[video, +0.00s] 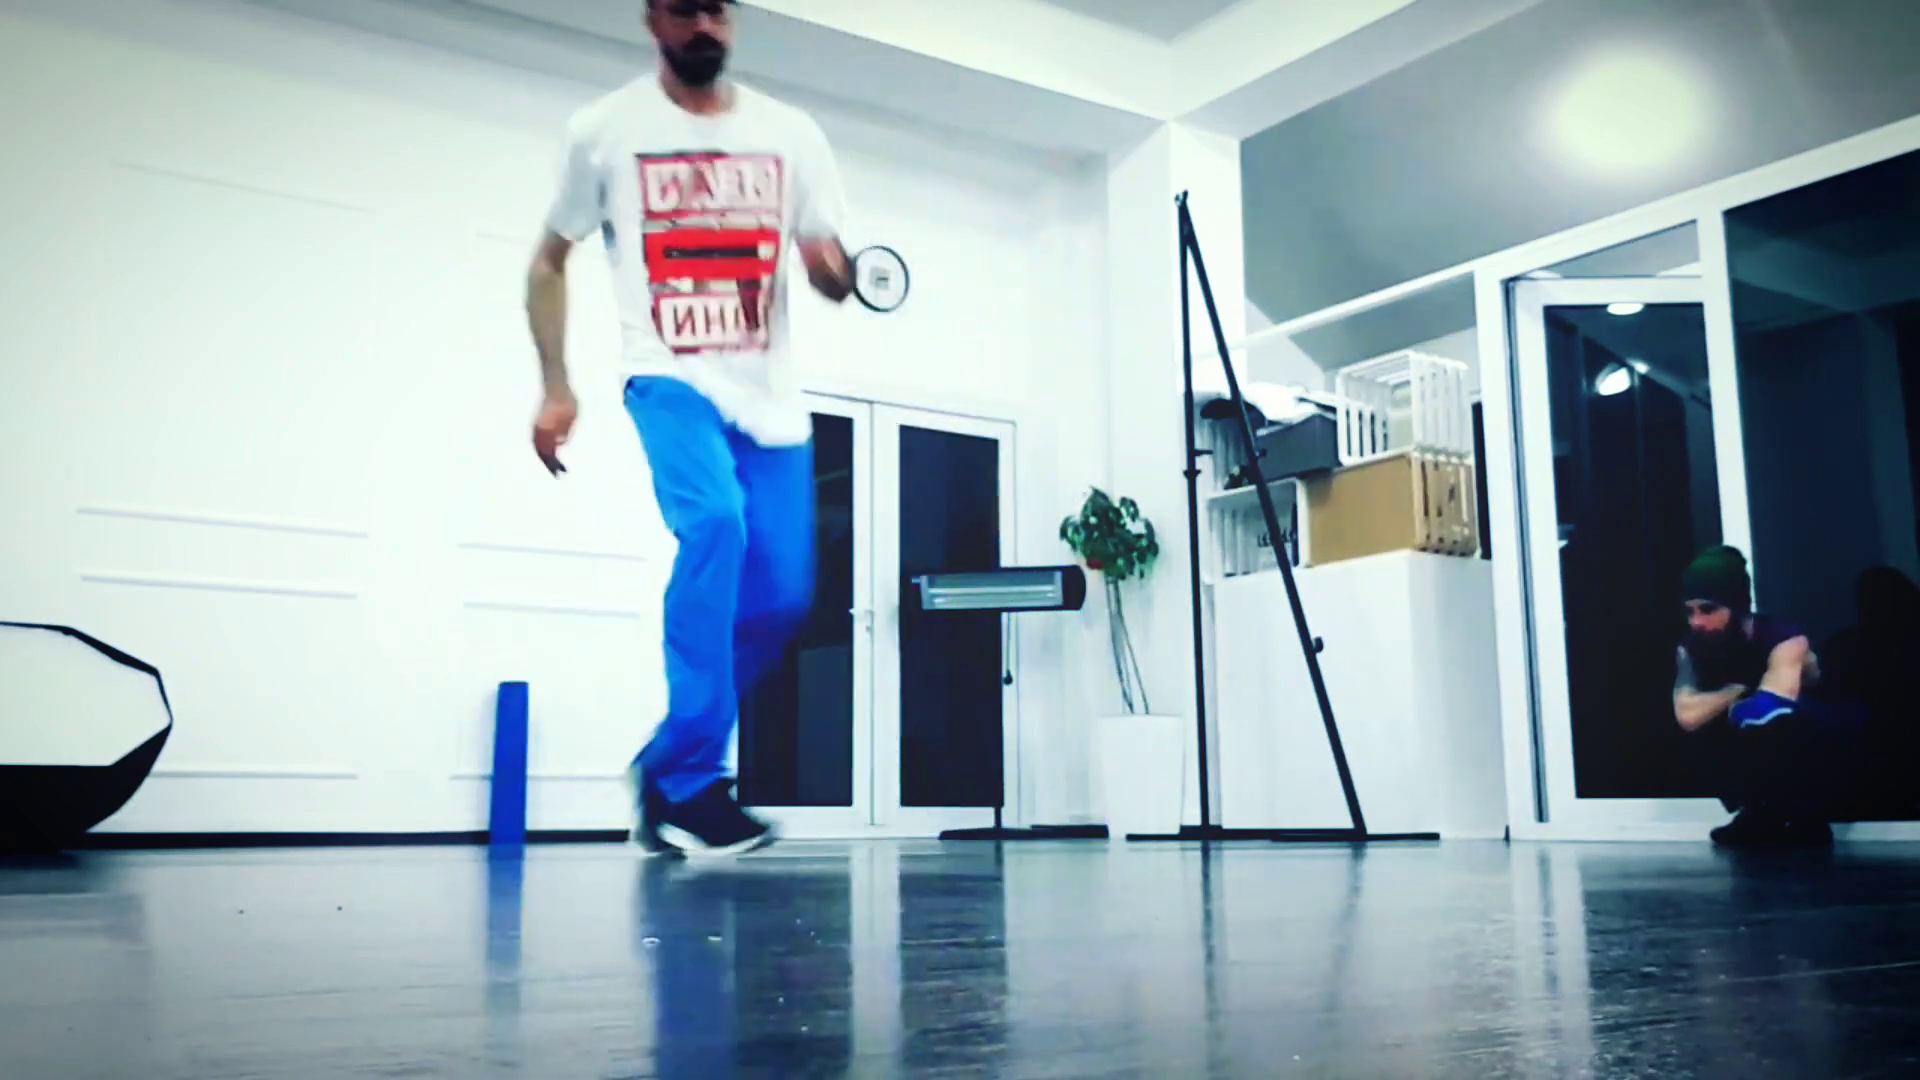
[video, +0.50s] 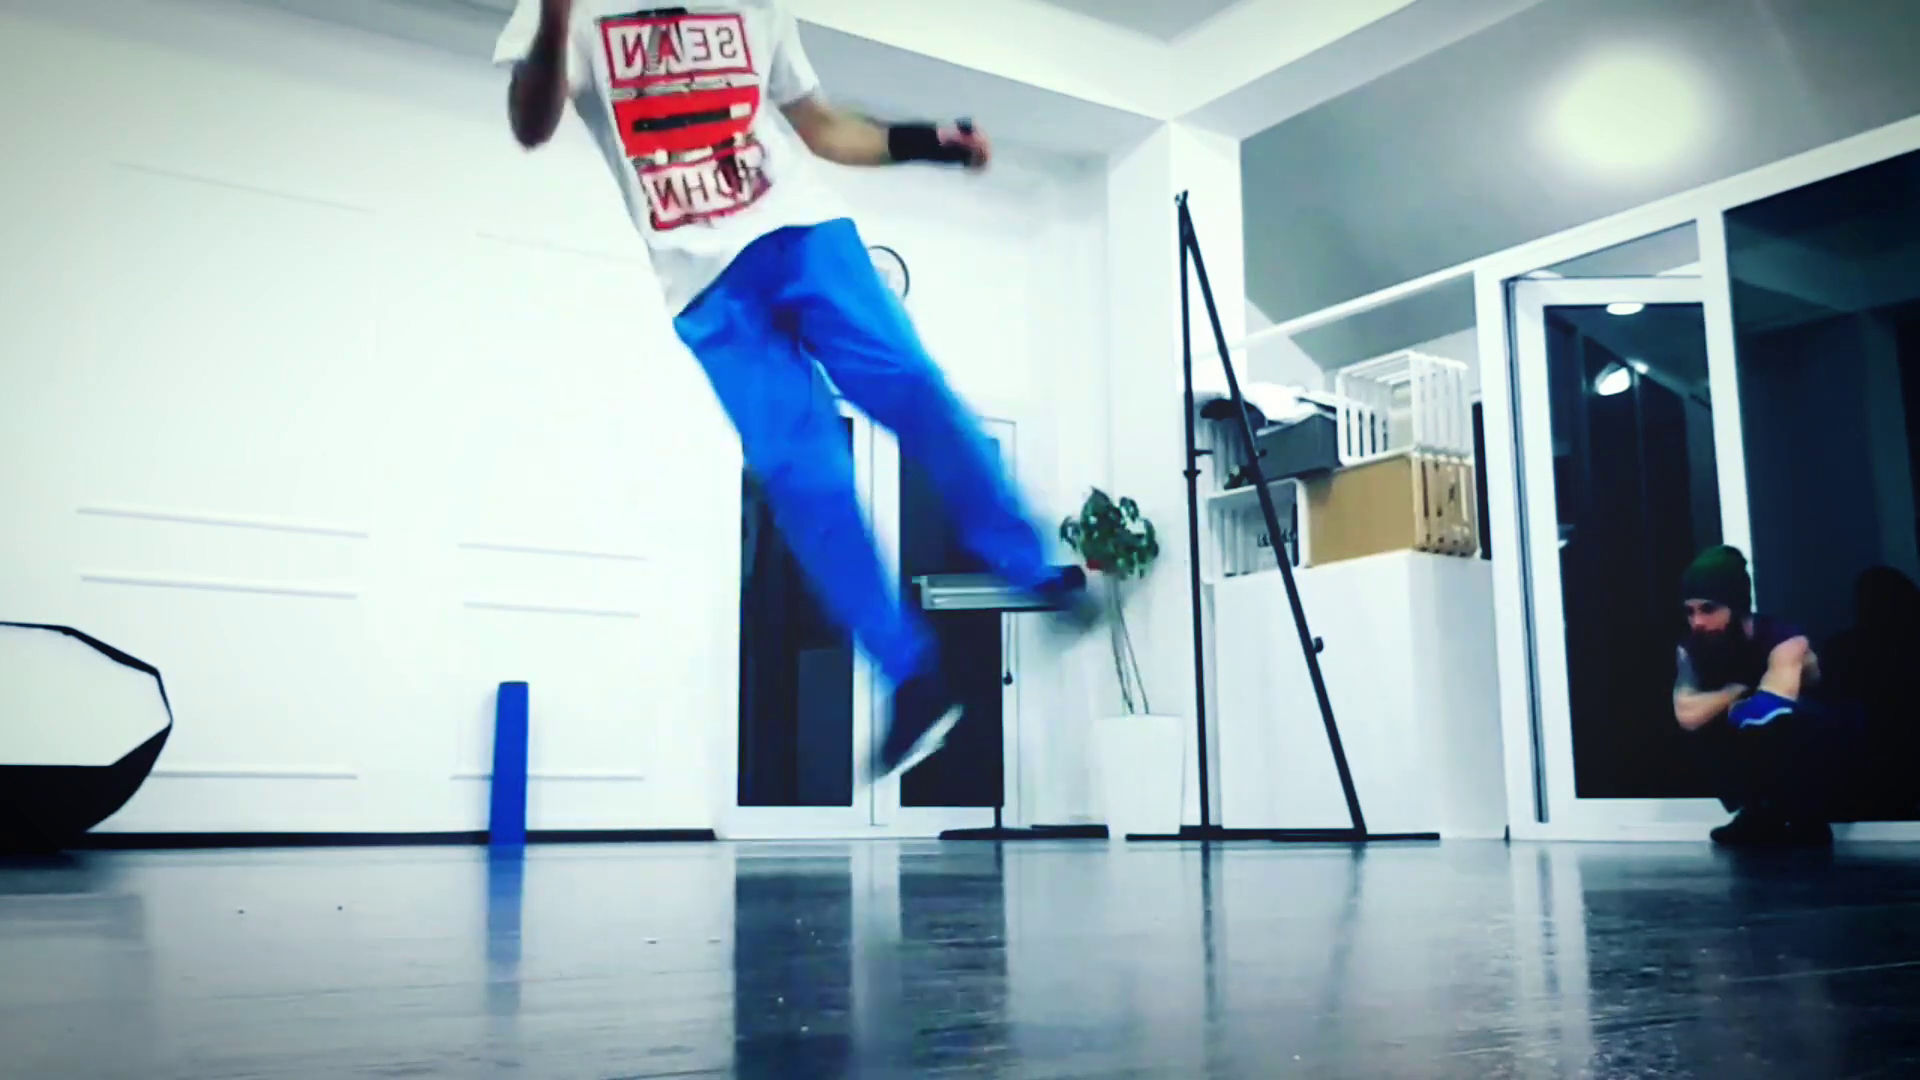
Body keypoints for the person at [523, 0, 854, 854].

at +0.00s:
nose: (703, 26)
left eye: (716, 11)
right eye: (683, 11)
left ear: (735, 19)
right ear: (649, 20)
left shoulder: (792, 134)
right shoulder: (603, 132)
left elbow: (834, 277)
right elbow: (549, 263)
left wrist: (834, 269)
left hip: (768, 387)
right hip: (668, 377)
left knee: (783, 594)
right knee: (717, 523)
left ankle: (665, 768)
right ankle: (696, 783)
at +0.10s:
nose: (669, 21)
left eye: (682, 5)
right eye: (649, 7)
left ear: (702, 13)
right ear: (619, 17)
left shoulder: (772, 119)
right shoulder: (581, 142)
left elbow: (820, 239)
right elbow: (535, 281)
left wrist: (833, 266)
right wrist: (543, 413)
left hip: (786, 394)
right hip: (678, 398)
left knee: (864, 556)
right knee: (705, 565)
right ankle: (650, 800)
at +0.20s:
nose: (654, 20)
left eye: (667, 5)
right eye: (633, 7)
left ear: (685, 13)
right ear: (598, 18)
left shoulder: (751, 118)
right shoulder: (564, 153)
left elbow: (825, 230)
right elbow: (540, 296)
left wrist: (869, 267)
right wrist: (551, 319)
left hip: (796, 390)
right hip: (674, 411)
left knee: (927, 518)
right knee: (685, 577)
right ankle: (655, 803)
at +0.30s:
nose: (645, 6)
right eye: (629, 2)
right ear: (606, 2)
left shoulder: (749, 52)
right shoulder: (577, 68)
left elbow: (825, 163)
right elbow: (542, 200)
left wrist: (895, 165)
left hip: (810, 305)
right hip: (698, 354)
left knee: (960, 400)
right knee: (722, 545)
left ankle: (1110, 555)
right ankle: (711, 780)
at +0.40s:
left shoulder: (752, 14)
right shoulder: (569, 16)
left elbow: (825, 128)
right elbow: (535, 111)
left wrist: (912, 119)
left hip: (802, 235)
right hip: (695, 283)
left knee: (911, 387)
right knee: (788, 473)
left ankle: (985, 597)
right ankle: (913, 670)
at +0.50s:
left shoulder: (757, 13)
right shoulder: (568, 16)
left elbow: (822, 127)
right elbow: (530, 128)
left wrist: (930, 141)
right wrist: (552, 19)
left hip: (800, 225)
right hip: (698, 280)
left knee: (914, 391)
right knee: (801, 473)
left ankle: (1037, 569)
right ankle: (911, 672)